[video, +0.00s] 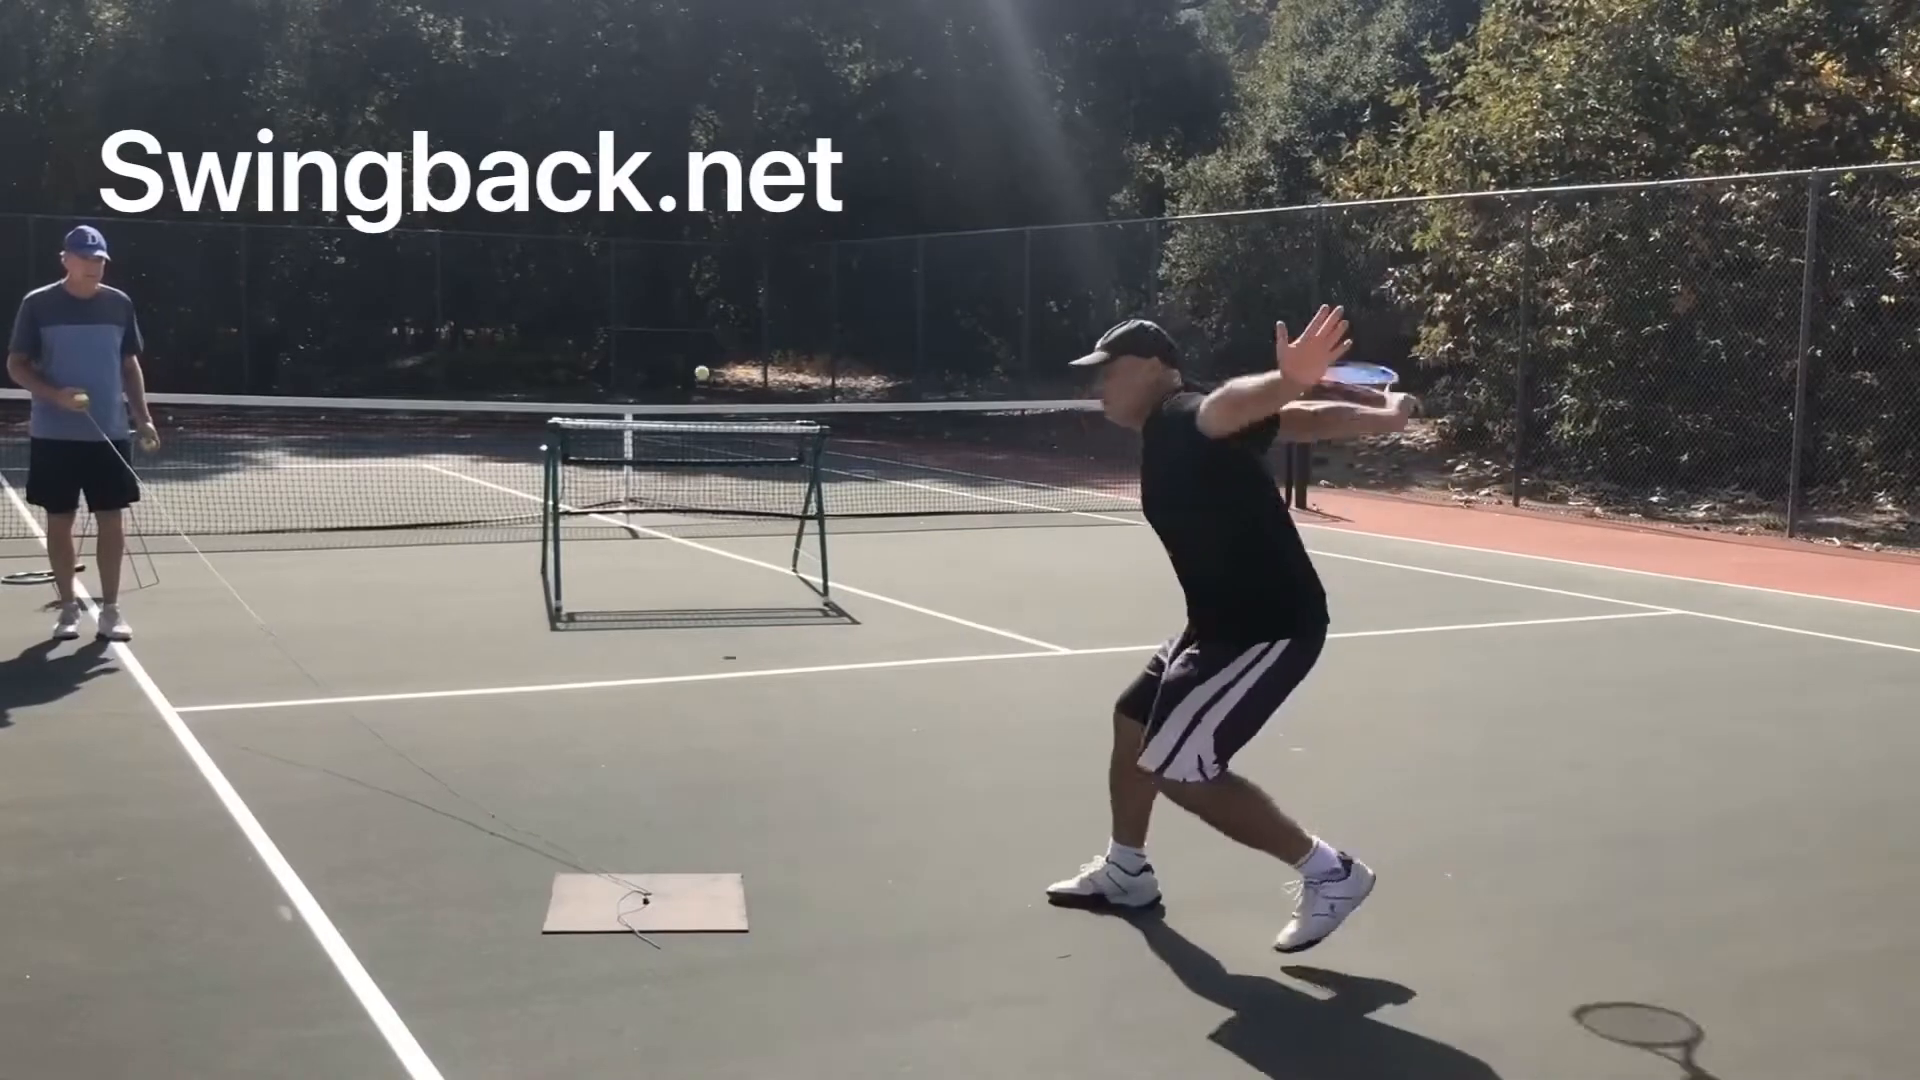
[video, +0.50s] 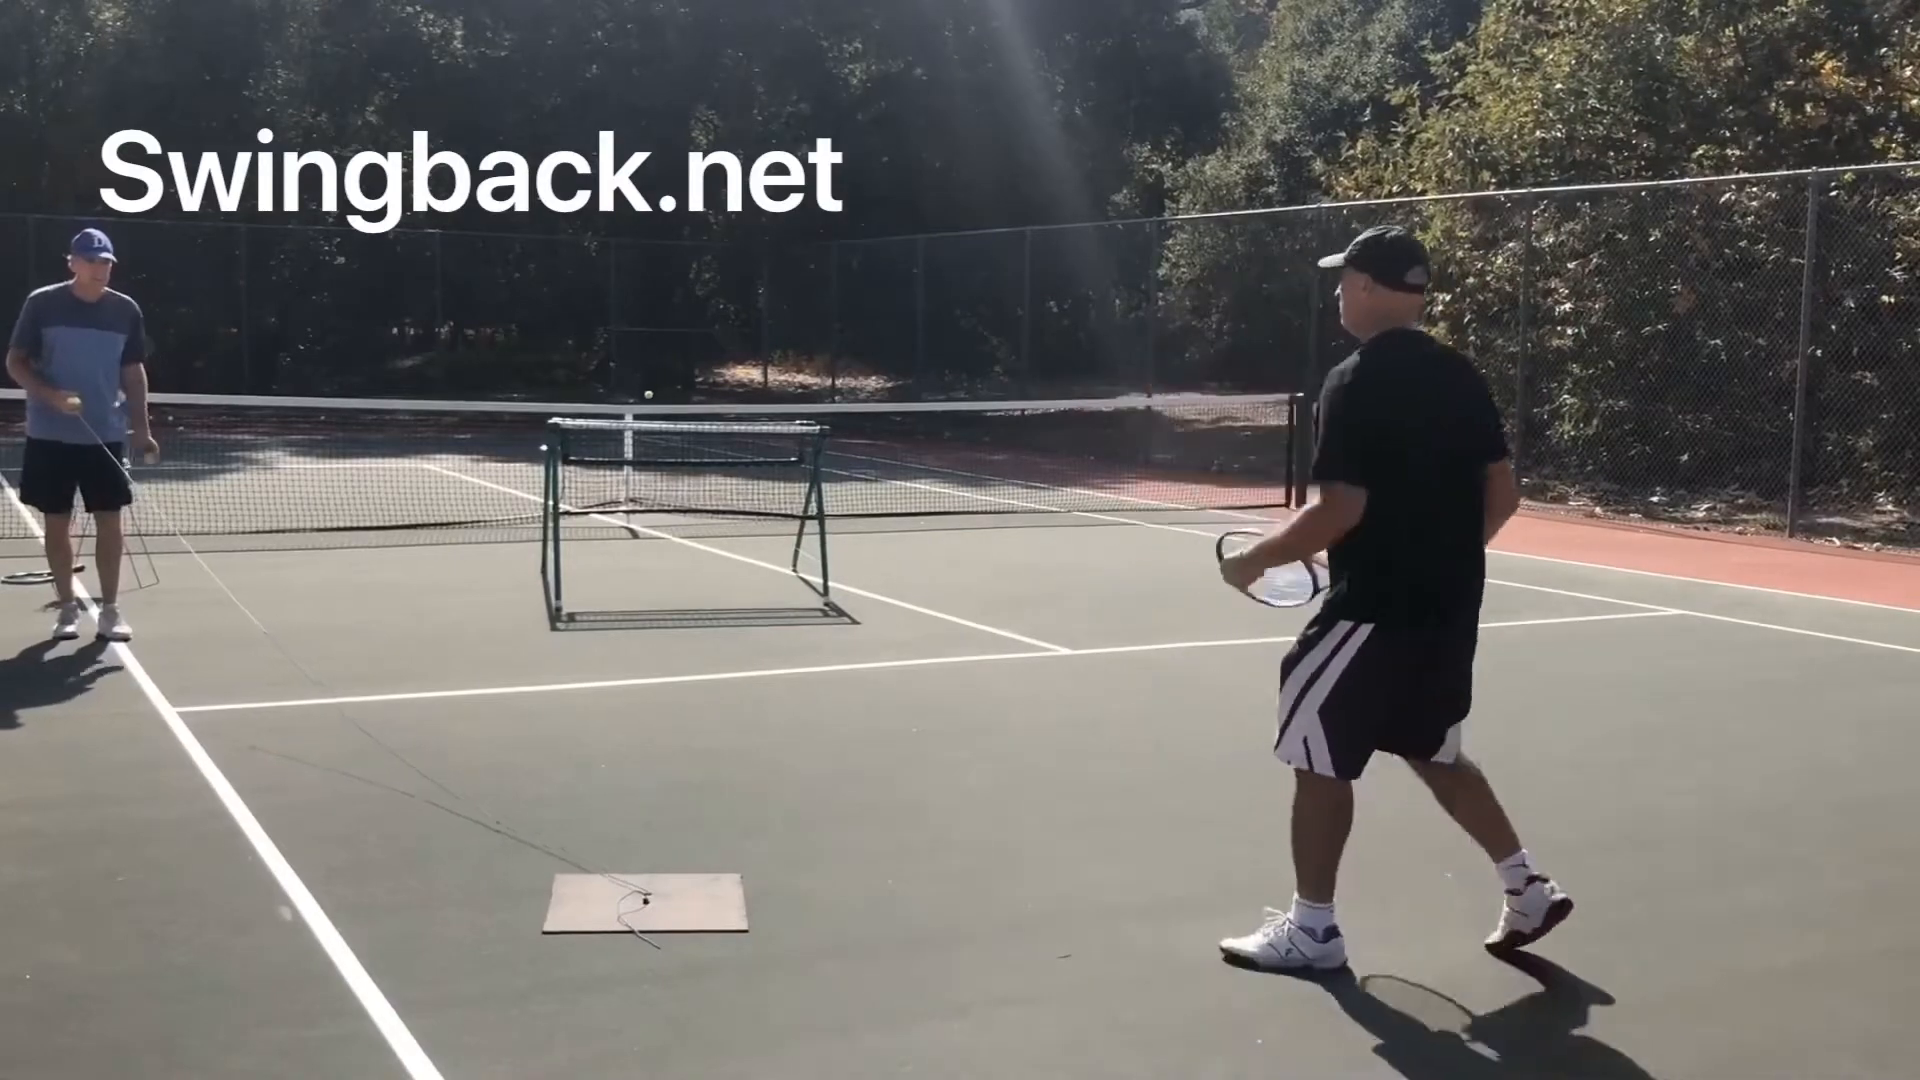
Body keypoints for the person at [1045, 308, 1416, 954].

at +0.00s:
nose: (1098, 388)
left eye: (1108, 373)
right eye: (1098, 376)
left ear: (1155, 368)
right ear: (1143, 375)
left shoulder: (1193, 415)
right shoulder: (1174, 428)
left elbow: (1234, 402)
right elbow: (1300, 423)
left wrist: (1287, 379)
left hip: (1274, 628)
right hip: (1222, 622)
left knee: (1178, 763)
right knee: (1135, 722)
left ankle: (1331, 874)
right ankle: (1126, 869)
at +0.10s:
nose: (1139, 353)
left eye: (1148, 341)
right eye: (1142, 341)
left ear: (1187, 345)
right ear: (1181, 347)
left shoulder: (1214, 402)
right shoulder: (1265, 390)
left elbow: (1207, 414)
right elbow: (1356, 408)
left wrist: (1205, 399)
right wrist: (1442, 415)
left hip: (1289, 619)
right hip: (1240, 611)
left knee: (1193, 760)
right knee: (1169, 736)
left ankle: (1298, 912)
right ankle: (1130, 870)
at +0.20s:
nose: (1201, 331)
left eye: (1209, 318)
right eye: (1202, 318)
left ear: (1244, 323)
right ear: (1267, 323)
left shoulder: (1247, 395)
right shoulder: (1321, 382)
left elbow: (1188, 430)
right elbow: (1406, 417)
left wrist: (1111, 437)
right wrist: (1467, 440)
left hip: (1287, 612)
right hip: (1324, 606)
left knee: (1223, 746)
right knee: (1238, 740)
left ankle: (1305, 925)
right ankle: (1162, 857)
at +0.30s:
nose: (1249, 305)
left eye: (1256, 294)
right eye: (1253, 293)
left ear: (1282, 300)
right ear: (1317, 301)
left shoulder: (1278, 373)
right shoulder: (1364, 367)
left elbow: (1232, 453)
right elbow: (1446, 440)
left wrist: (1107, 473)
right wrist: (1471, 485)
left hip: (1317, 599)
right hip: (1366, 593)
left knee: (1256, 729)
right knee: (1266, 718)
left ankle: (1307, 924)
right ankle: (1270, 867)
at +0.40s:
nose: (1295, 289)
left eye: (1301, 277)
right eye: (1298, 277)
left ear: (1327, 284)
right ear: (1365, 287)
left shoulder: (1309, 369)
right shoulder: (1415, 364)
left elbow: (1285, 471)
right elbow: (1476, 470)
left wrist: (1174, 517)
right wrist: (1438, 539)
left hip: (1341, 593)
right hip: (1411, 591)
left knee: (1296, 742)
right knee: (1354, 734)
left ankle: (1309, 925)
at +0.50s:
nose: (1339, 296)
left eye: (1346, 284)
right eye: (1343, 283)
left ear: (1371, 289)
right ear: (1415, 294)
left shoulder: (1354, 381)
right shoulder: (1459, 374)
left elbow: (1340, 509)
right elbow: (1501, 494)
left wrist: (1258, 557)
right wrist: (1438, 551)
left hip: (1370, 613)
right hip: (1447, 609)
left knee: (1318, 754)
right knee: (1431, 748)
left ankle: (1312, 927)